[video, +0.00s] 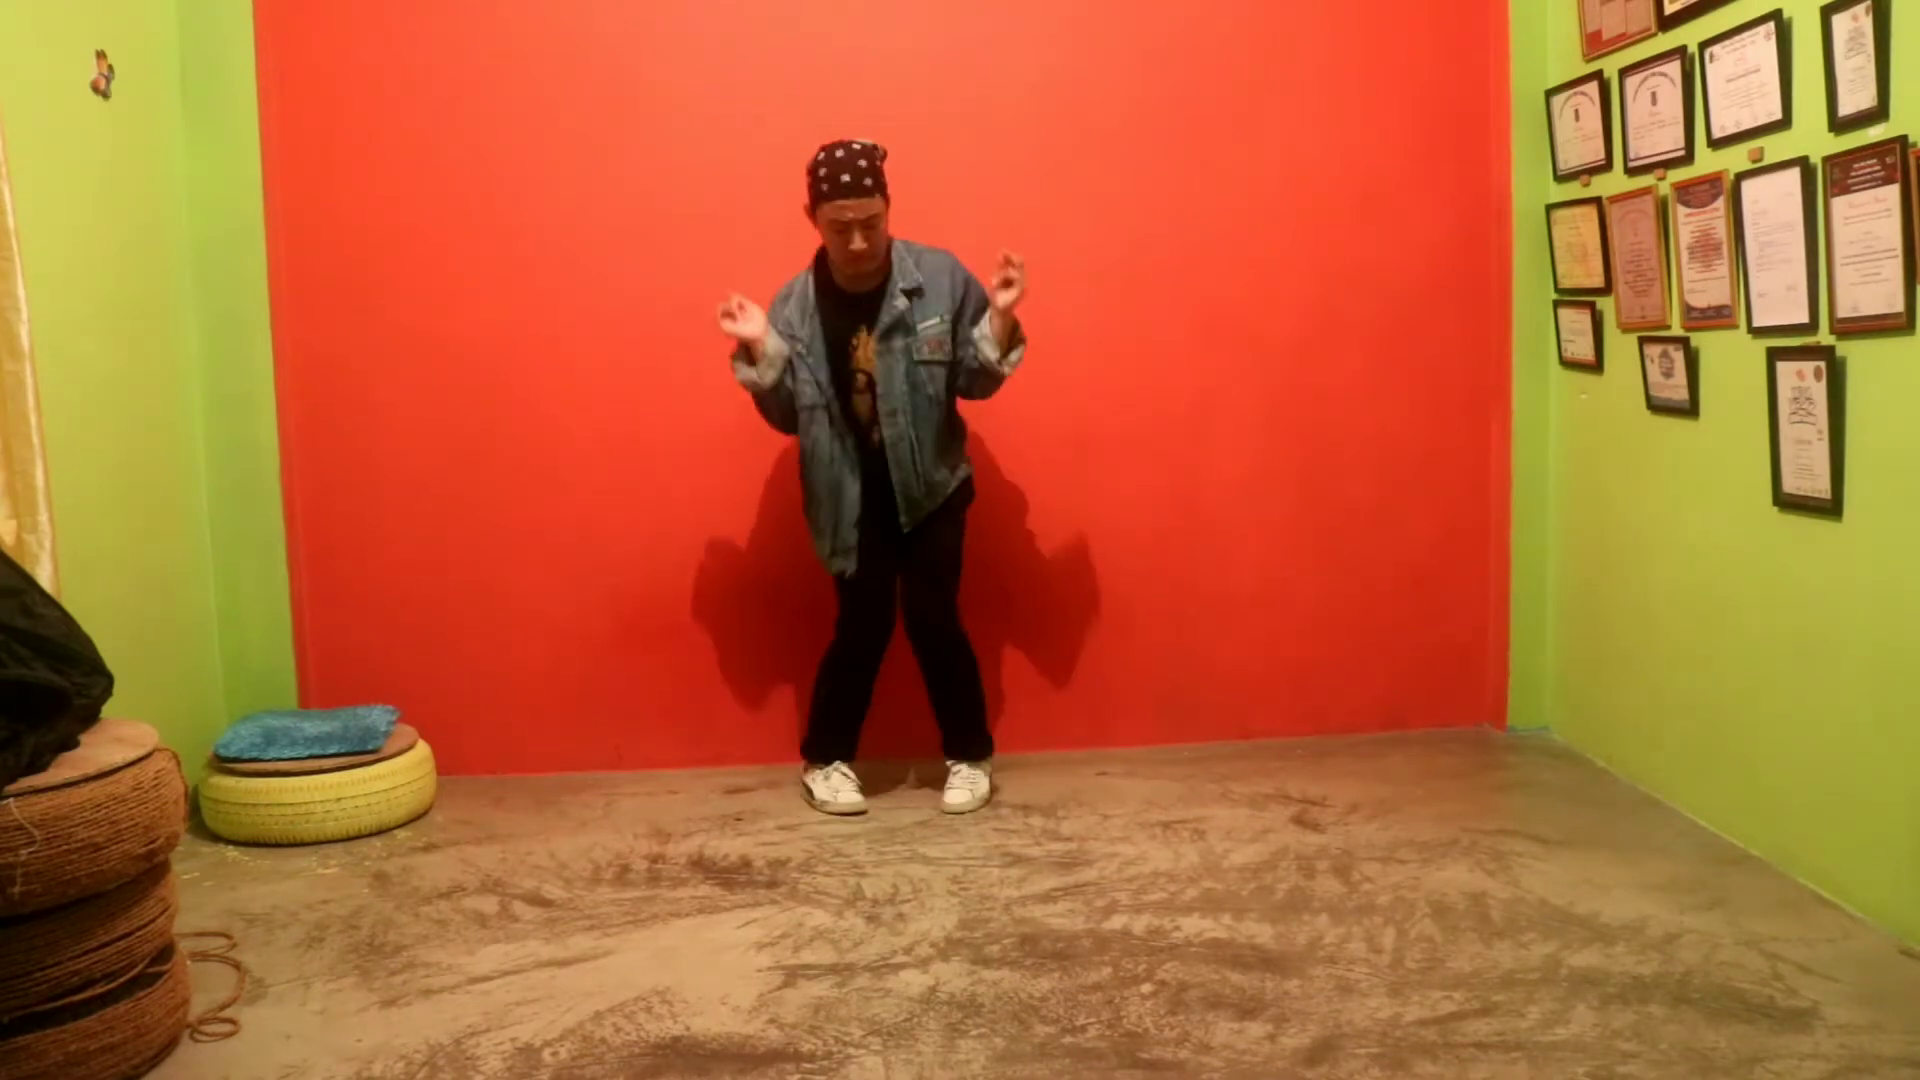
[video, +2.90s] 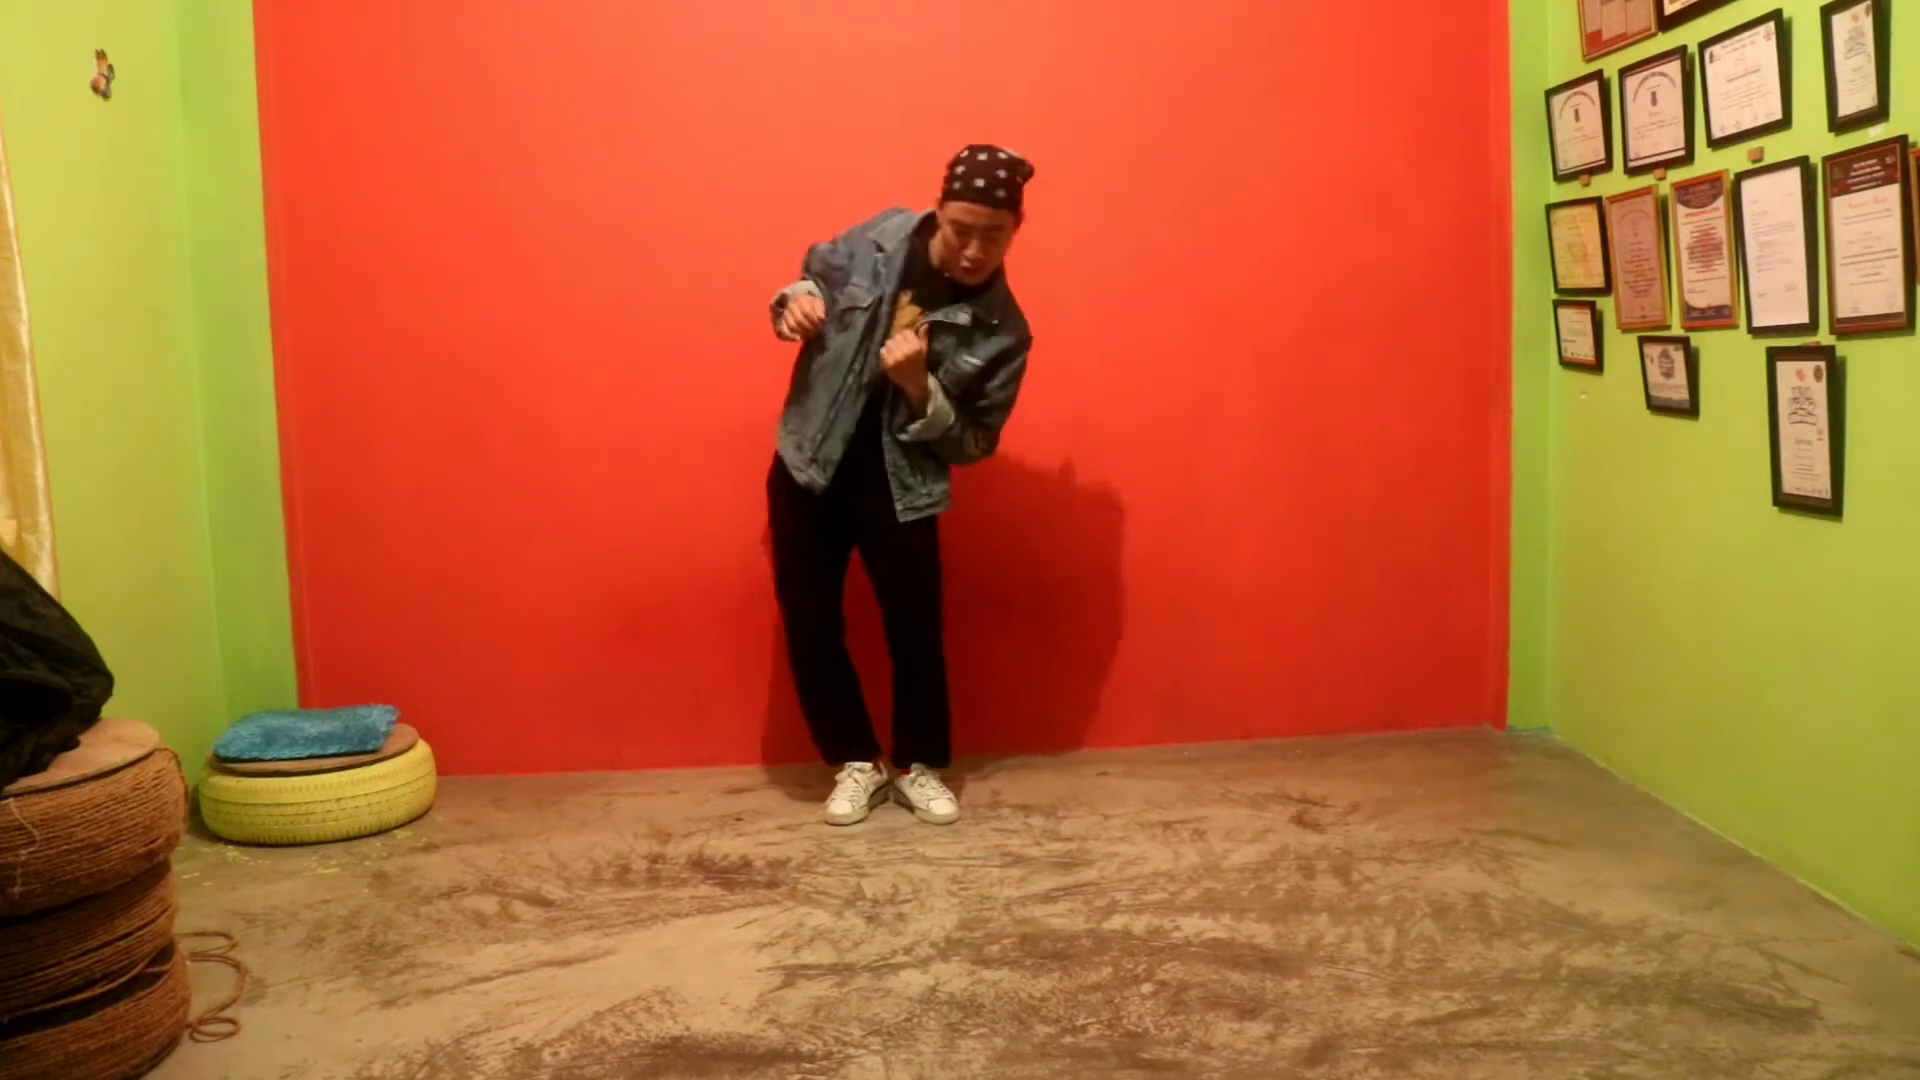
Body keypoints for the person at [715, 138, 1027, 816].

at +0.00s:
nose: (856, 241)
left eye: (868, 224)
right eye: (841, 227)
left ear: (889, 212)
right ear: (817, 223)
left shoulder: (940, 277)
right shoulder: (794, 307)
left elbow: (971, 383)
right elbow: (790, 419)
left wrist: (1000, 321)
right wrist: (760, 352)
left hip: (932, 484)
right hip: (851, 492)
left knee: (932, 617)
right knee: (863, 622)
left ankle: (968, 760)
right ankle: (827, 762)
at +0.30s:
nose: (913, 292)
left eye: (924, 276)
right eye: (897, 279)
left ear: (938, 258)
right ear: (864, 261)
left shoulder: (952, 283)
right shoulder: (807, 294)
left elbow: (981, 346)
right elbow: (766, 359)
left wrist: (960, 381)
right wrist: (811, 392)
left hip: (930, 487)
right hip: (848, 492)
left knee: (944, 625)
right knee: (858, 629)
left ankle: (968, 761)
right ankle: (826, 764)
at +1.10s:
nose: (896, 195)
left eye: (908, 179)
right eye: (880, 180)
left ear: (927, 168)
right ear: (852, 166)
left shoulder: (954, 227)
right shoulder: (810, 230)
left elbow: (996, 288)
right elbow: (771, 311)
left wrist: (968, 377)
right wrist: (802, 391)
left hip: (936, 447)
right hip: (843, 450)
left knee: (961, 596)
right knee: (837, 603)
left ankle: (956, 750)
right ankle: (853, 756)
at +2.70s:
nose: (907, 246)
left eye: (923, 232)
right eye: (894, 229)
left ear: (948, 221)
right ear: (873, 212)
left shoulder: (980, 280)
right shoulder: (839, 234)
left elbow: (1006, 373)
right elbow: (788, 300)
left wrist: (939, 374)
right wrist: (795, 323)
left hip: (916, 465)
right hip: (830, 458)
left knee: (912, 613)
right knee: (837, 615)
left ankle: (921, 766)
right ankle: (862, 764)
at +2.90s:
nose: (974, 250)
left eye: (992, 235)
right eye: (961, 231)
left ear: (1015, 230)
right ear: (938, 212)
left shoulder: (1004, 336)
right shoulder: (887, 236)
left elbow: (974, 441)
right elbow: (818, 273)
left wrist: (919, 386)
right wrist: (802, 301)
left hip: (901, 482)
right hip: (810, 462)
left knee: (916, 623)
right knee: (809, 620)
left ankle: (919, 768)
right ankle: (855, 765)